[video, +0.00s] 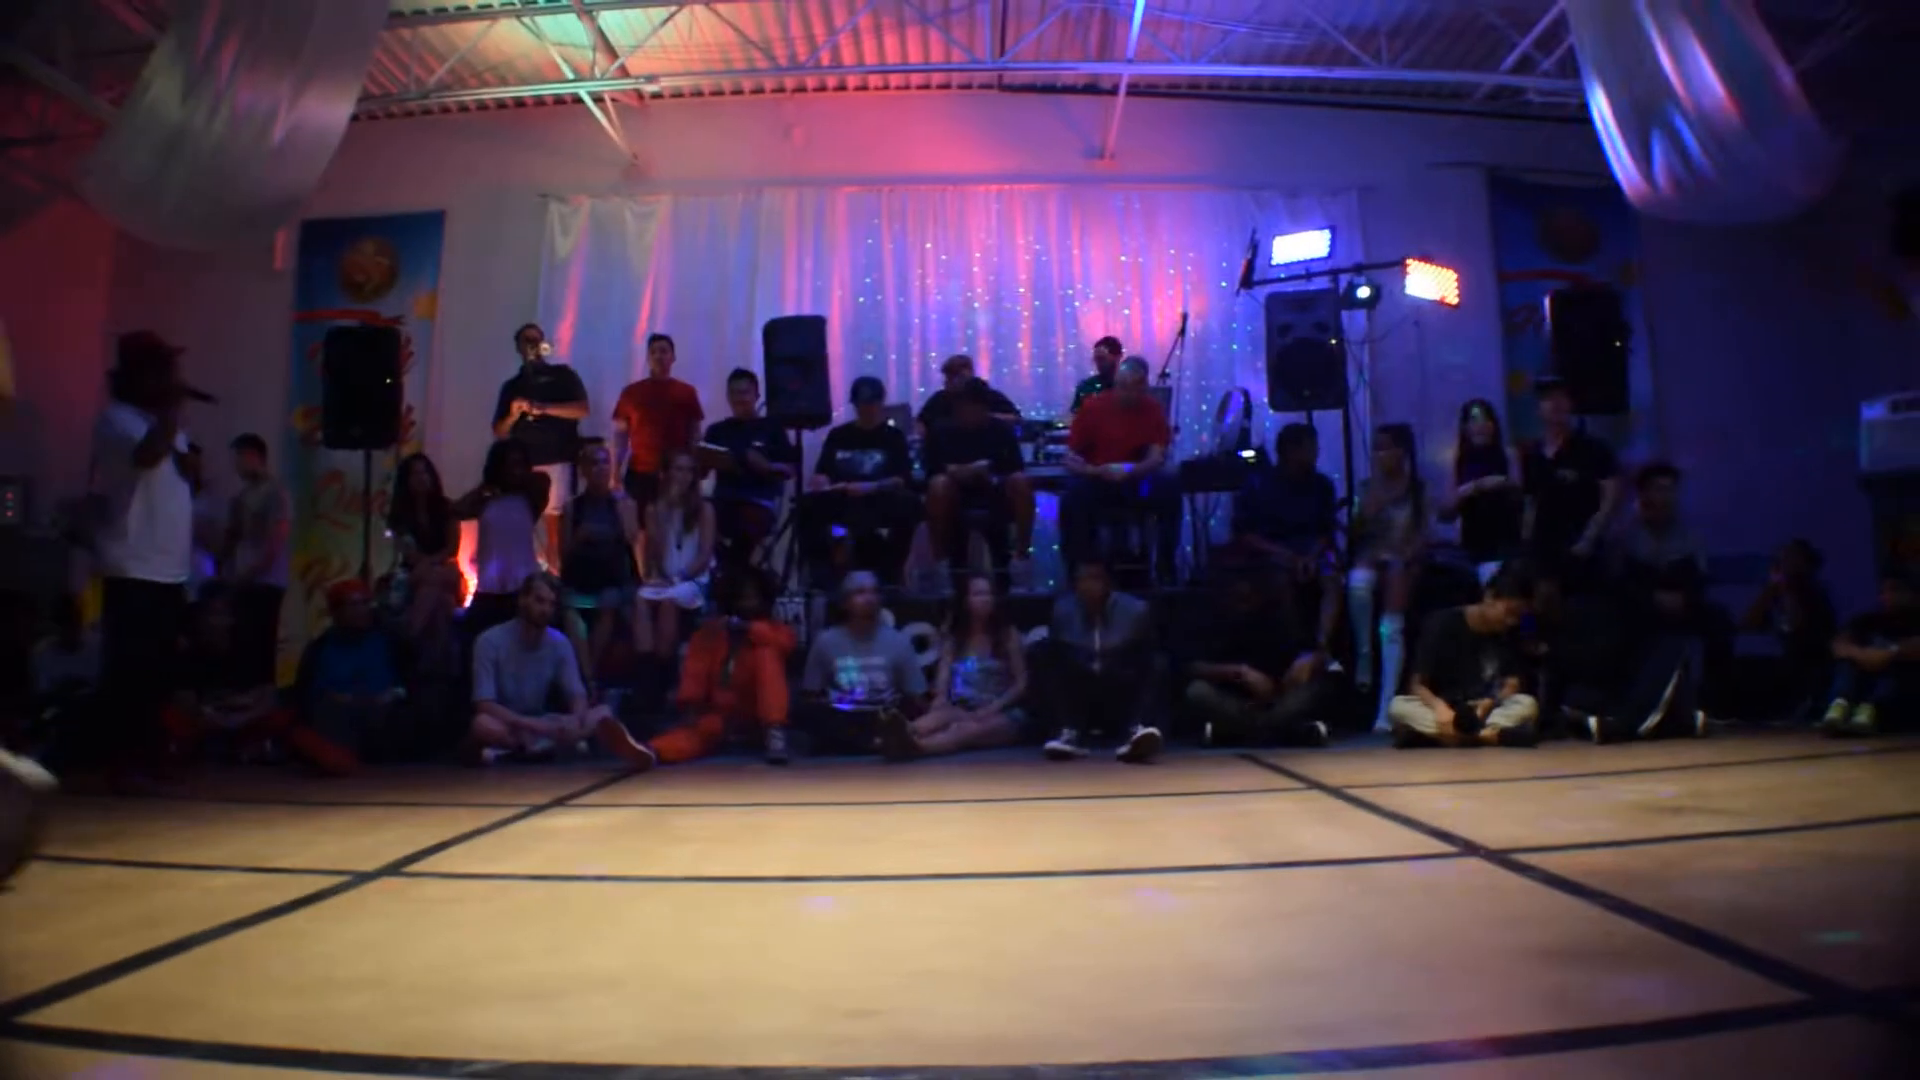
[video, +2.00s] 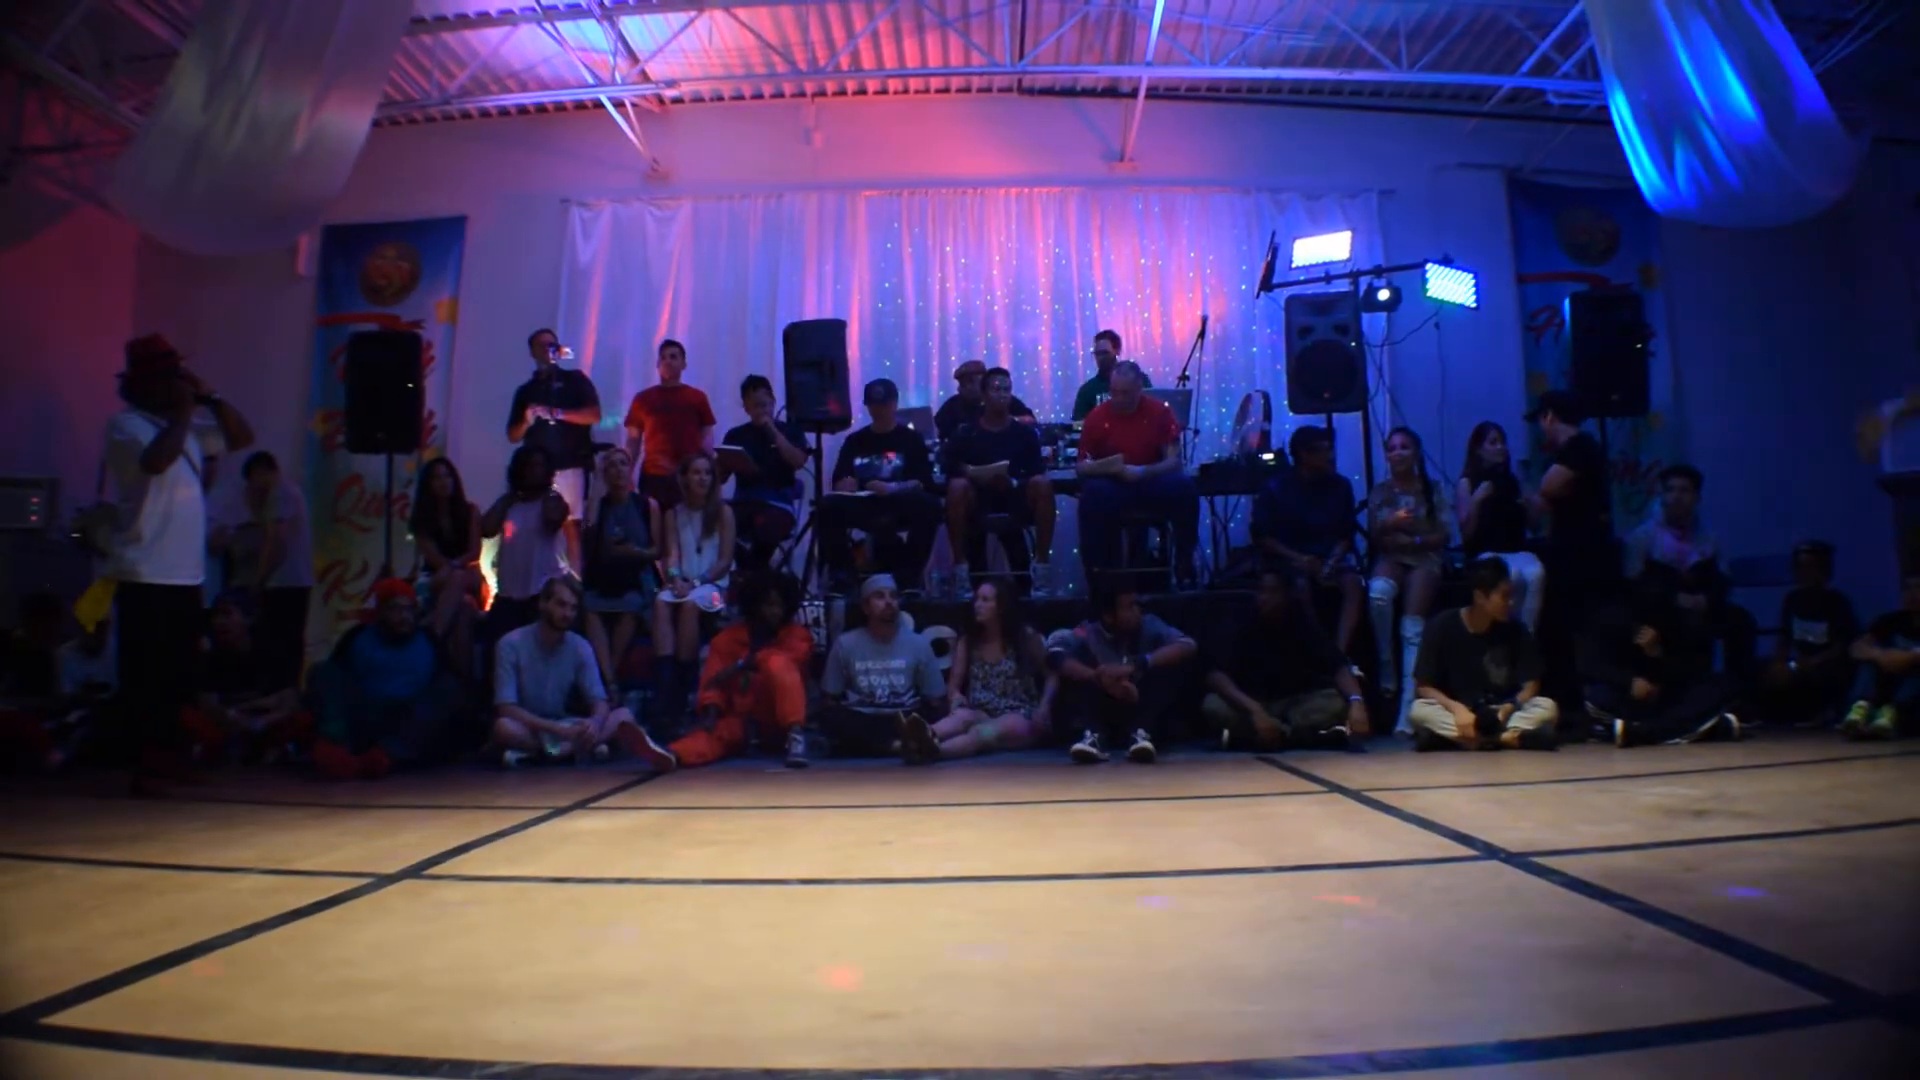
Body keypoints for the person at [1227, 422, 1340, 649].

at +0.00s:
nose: (1310, 457)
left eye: (1312, 450)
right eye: (1303, 450)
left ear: (1315, 451)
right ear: (1285, 452)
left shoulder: (1322, 485)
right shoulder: (1262, 484)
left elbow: (1327, 532)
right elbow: (1246, 534)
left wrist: (1313, 556)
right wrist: (1287, 557)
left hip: (1312, 556)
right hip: (1274, 556)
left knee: (1332, 580)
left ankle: (1322, 649)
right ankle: (1293, 650)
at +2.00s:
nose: (1329, 456)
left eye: (1330, 450)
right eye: (1322, 450)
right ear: (1303, 454)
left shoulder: (1340, 486)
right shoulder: (1278, 487)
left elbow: (1348, 533)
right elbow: (1262, 536)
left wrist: (1333, 560)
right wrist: (1300, 560)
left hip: (1330, 557)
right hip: (1292, 558)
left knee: (1353, 583)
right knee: (1299, 585)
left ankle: (1340, 657)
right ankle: (1311, 656)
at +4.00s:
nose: (1323, 455)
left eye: (1325, 449)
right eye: (1316, 449)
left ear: (1330, 453)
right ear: (1300, 454)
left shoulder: (1339, 488)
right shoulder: (1280, 487)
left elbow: (1347, 535)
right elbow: (1270, 538)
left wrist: (1332, 558)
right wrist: (1309, 561)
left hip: (1330, 557)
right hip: (1294, 557)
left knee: (1354, 580)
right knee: (1301, 584)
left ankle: (1351, 648)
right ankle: (1312, 654)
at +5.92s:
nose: (1304, 447)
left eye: (1311, 442)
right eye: (1301, 442)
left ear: (1326, 451)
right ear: (1296, 448)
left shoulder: (1342, 488)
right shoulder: (1280, 484)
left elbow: (1338, 535)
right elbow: (1266, 533)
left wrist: (1328, 572)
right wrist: (1304, 555)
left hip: (1327, 556)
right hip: (1291, 555)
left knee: (1350, 581)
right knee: (1307, 576)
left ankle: (1350, 655)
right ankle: (1320, 653)